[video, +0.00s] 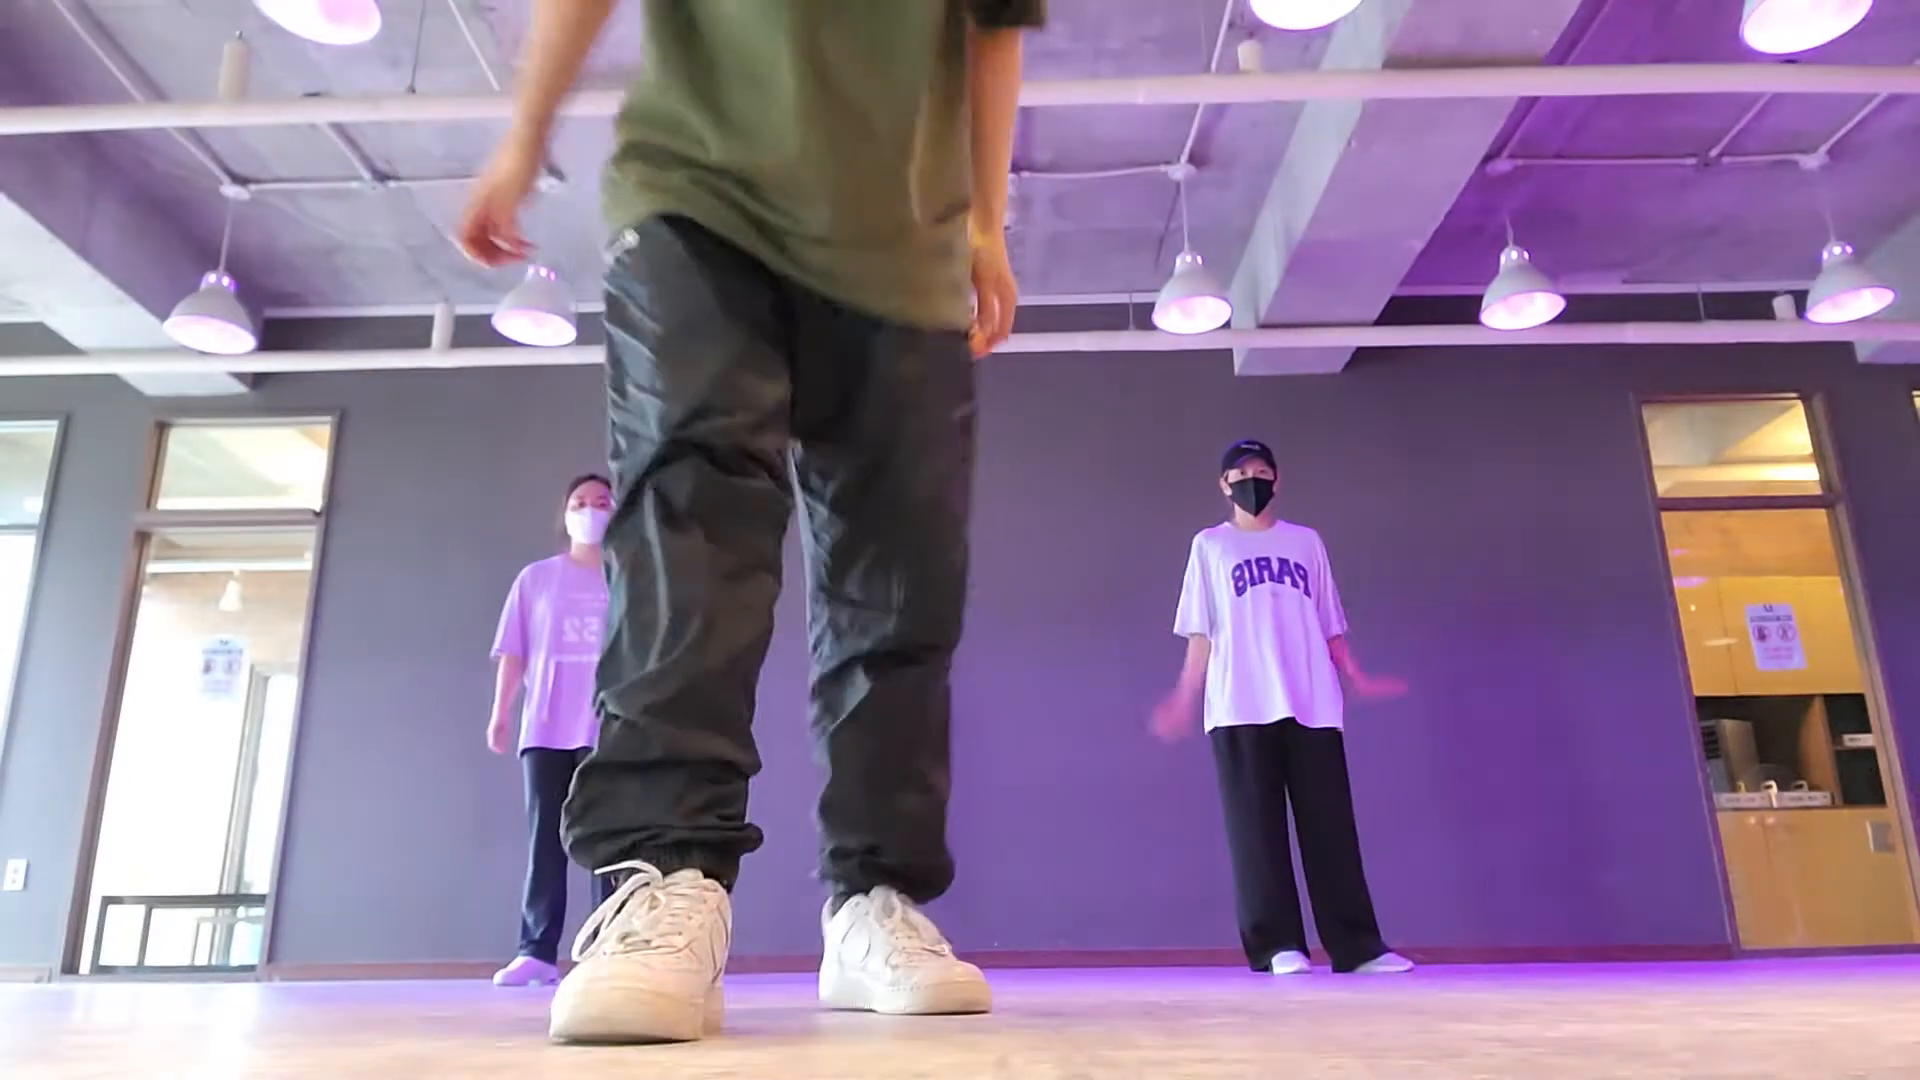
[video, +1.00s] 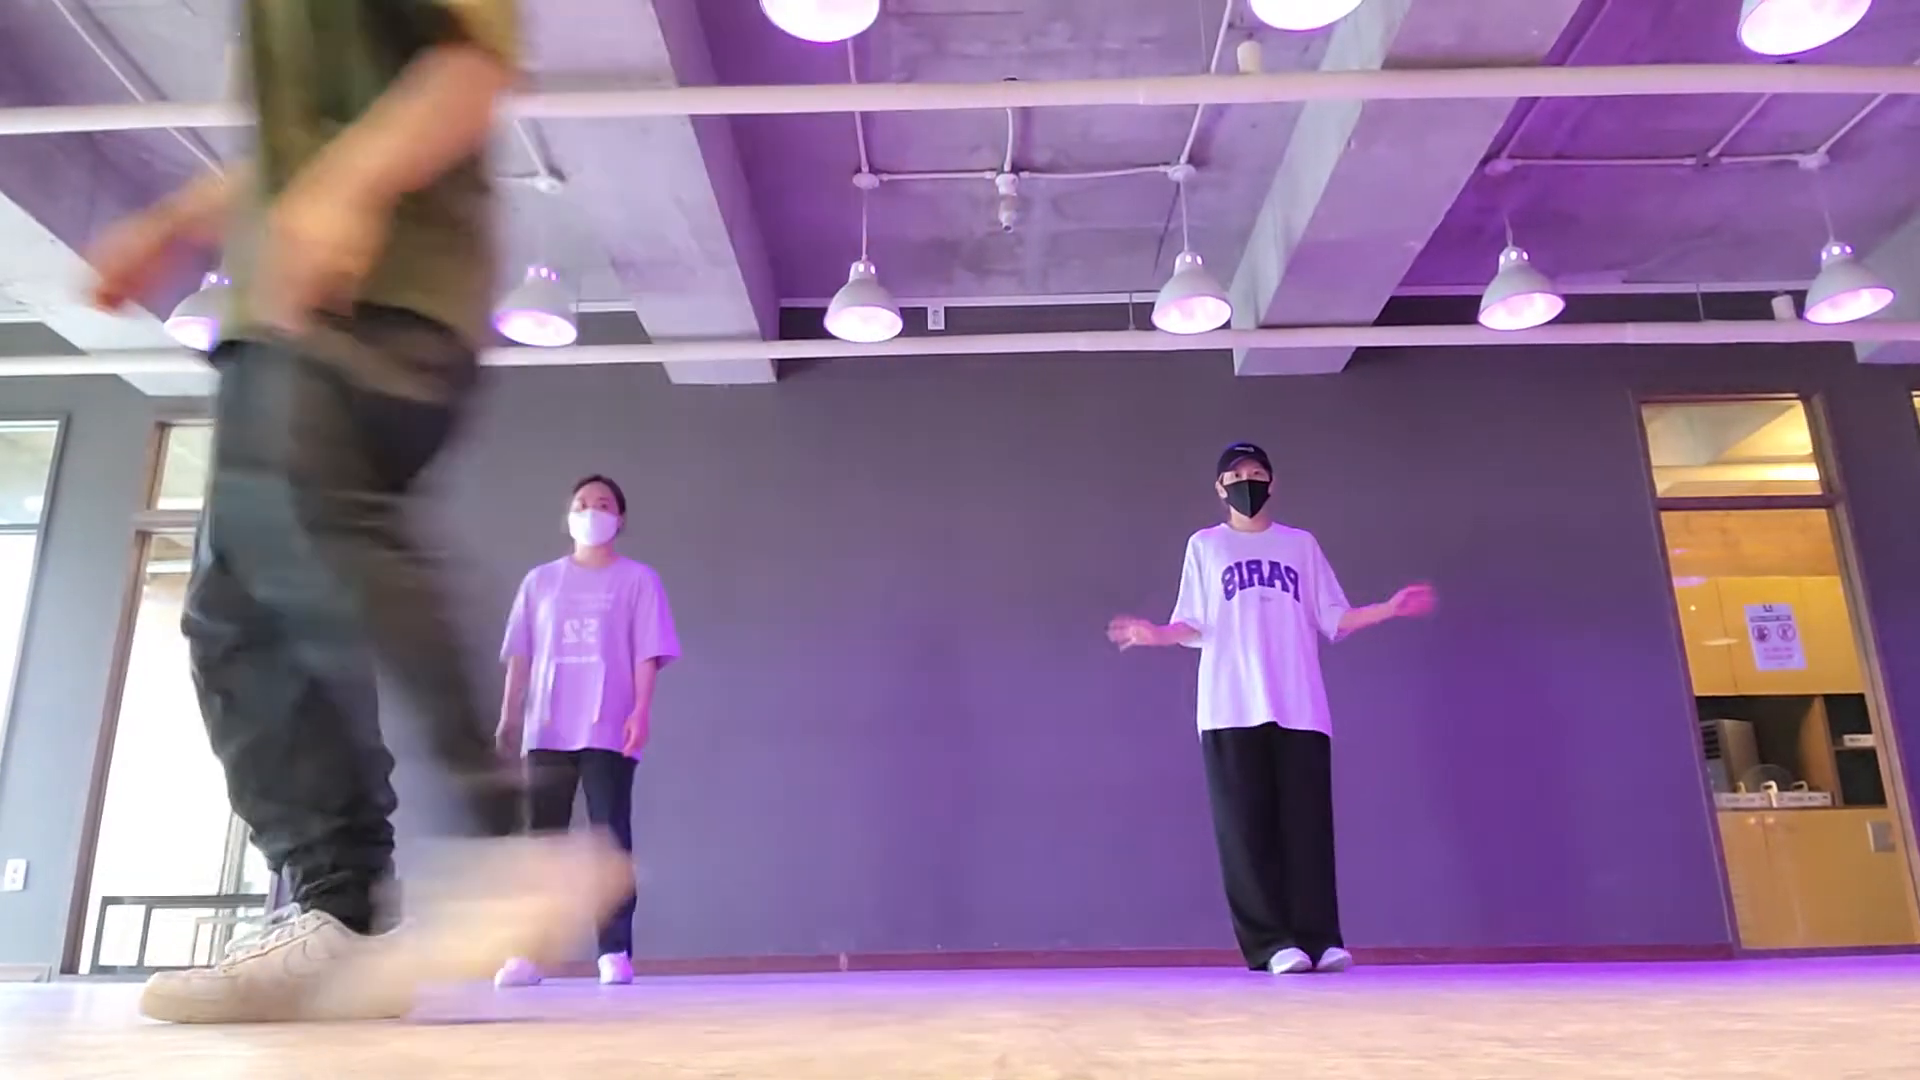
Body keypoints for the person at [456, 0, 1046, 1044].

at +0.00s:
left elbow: (994, 21)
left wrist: (987, 220)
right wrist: (524, 140)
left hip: (903, 200)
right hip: (698, 164)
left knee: (897, 576)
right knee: (691, 475)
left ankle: (878, 906)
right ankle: (668, 891)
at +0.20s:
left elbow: (995, 80)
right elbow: (648, 11)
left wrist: (988, 264)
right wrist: (618, 210)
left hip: (903, 262)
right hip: (713, 226)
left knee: (907, 587)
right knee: (707, 512)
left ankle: (874, 911)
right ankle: (675, 862)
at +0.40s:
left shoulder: (989, 6)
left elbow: (983, 94)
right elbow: (621, 8)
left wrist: (975, 261)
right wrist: (568, 192)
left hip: (866, 278)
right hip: (679, 236)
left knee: (884, 600)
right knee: (641, 520)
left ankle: (868, 912)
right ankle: (584, 887)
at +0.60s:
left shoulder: (911, 9)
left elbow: (890, 114)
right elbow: (551, 40)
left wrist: (828, 252)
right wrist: (488, 219)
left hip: (795, 295)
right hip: (610, 267)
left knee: (854, 613)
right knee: (480, 570)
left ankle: (864, 915)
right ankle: (390, 899)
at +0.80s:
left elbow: (724, 91)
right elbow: (427, 93)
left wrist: (653, 255)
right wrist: (363, 248)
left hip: (618, 319)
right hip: (435, 318)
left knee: (730, 598)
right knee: (324, 595)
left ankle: (864, 884)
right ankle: (358, 930)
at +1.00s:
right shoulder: (298, 16)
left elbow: (481, 60)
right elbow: (308, 142)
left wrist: (350, 184)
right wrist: (178, 224)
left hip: (390, 294)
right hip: (288, 305)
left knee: (306, 524)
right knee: (238, 616)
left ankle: (508, 840)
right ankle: (345, 913)